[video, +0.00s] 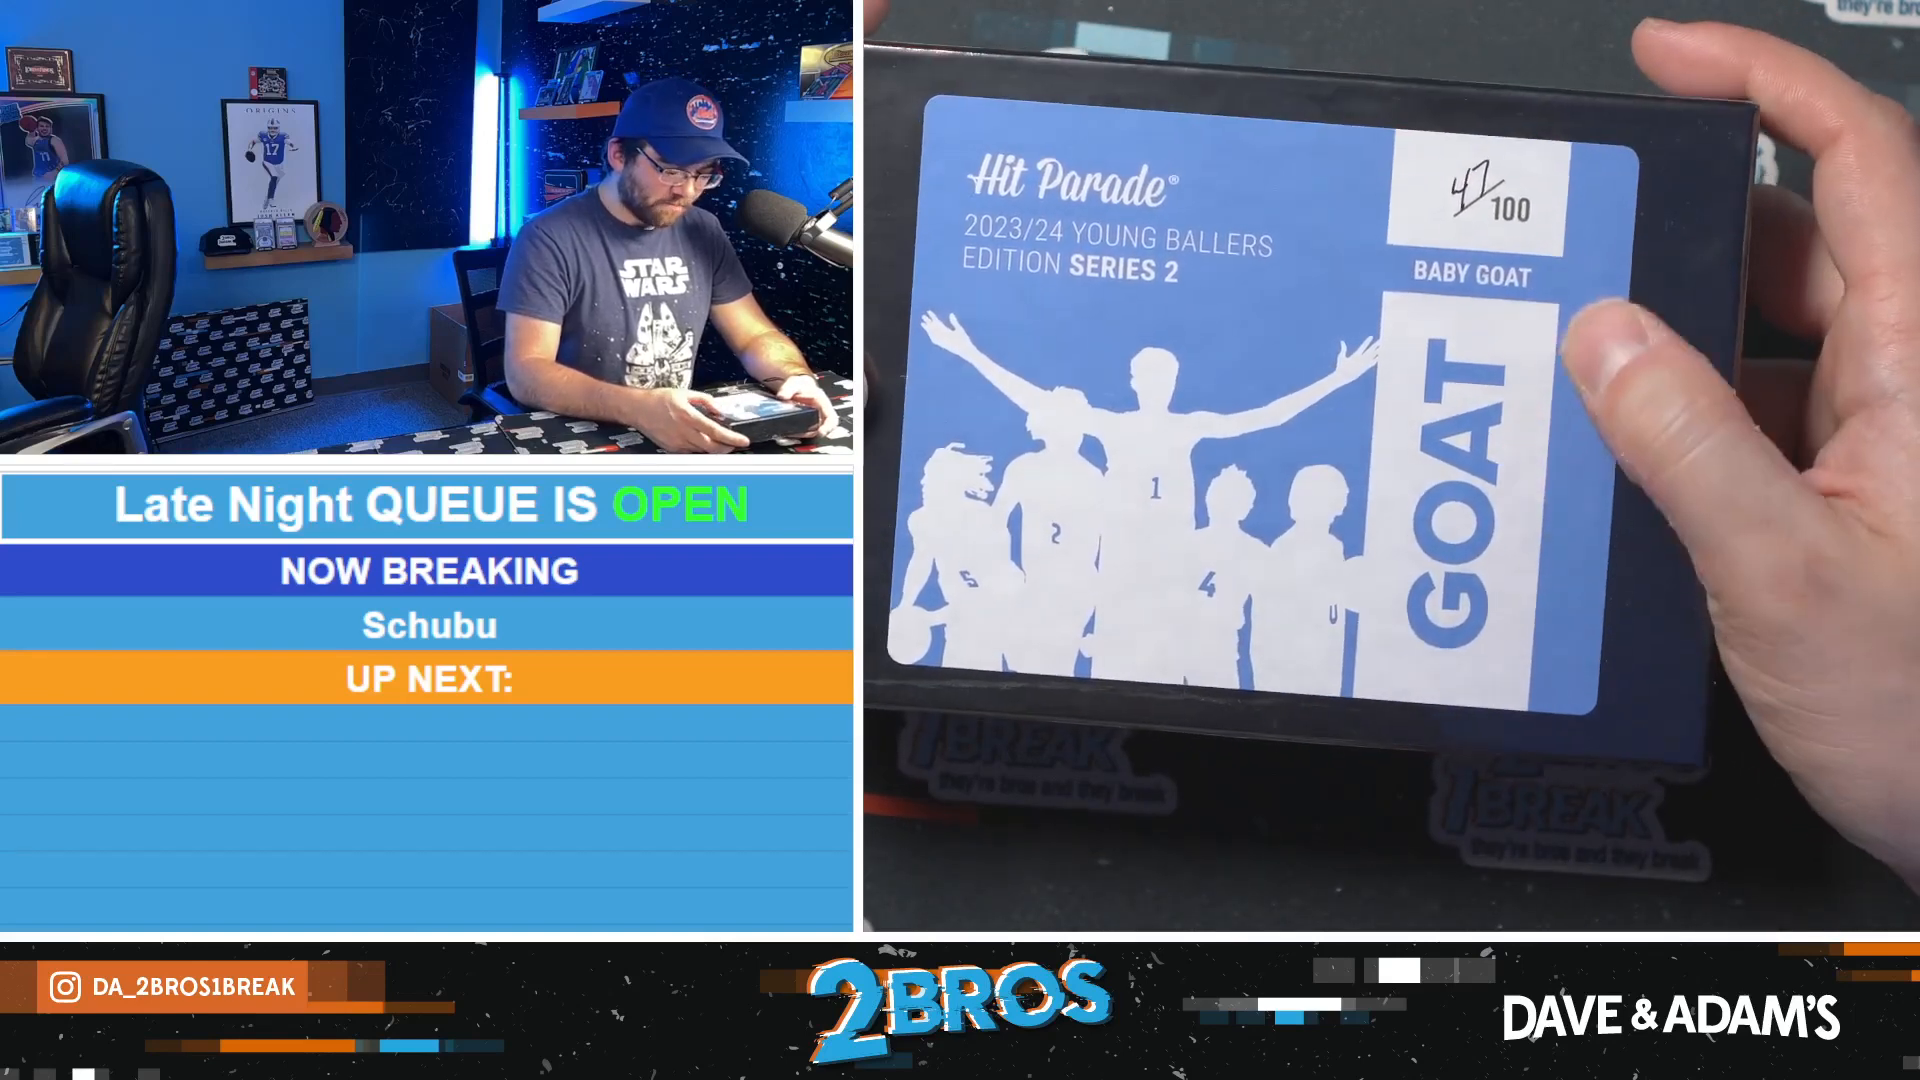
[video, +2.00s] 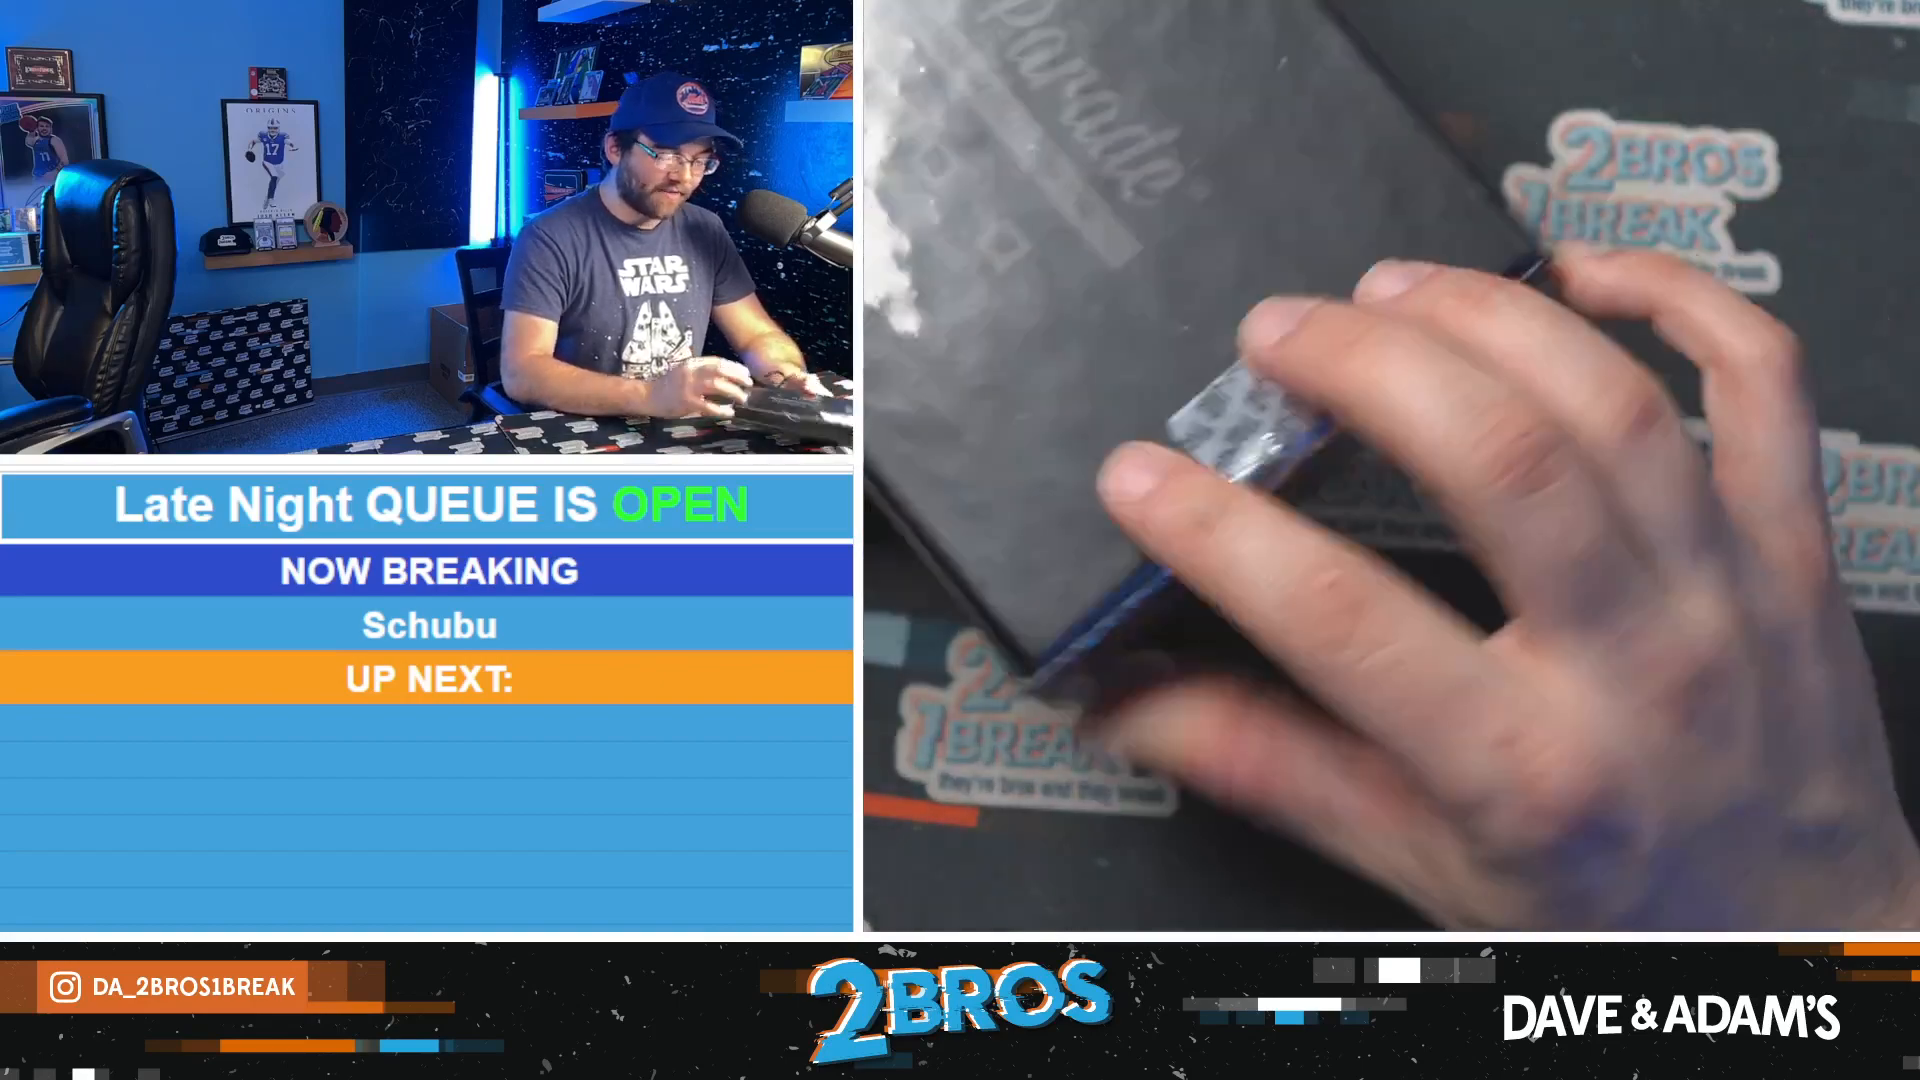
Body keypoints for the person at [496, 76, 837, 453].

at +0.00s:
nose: (688, 190)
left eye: (703, 173)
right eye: (671, 169)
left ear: (715, 170)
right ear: (618, 156)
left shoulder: (702, 232)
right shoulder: (553, 237)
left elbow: (756, 335)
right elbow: (528, 373)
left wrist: (795, 375)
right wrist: (640, 407)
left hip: (681, 458)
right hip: (577, 464)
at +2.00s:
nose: (684, 174)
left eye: (698, 158)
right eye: (666, 152)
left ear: (709, 162)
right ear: (615, 148)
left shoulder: (704, 231)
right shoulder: (550, 237)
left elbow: (758, 335)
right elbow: (523, 372)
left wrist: (781, 371)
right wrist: (649, 394)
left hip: (686, 455)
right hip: (580, 459)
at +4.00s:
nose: (665, 176)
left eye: (687, 161)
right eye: (650, 153)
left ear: (703, 167)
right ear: (614, 145)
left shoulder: (708, 235)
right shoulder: (550, 235)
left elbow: (771, 341)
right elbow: (501, 351)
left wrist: (759, 376)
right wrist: (548, 386)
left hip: (678, 457)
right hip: (575, 463)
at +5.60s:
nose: (663, 160)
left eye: (684, 146)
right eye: (647, 138)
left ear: (700, 161)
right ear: (613, 144)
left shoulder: (707, 234)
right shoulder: (550, 232)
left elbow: (792, 329)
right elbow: (509, 354)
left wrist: (772, 336)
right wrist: (574, 365)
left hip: (681, 450)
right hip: (577, 454)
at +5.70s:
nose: (664, 163)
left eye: (684, 149)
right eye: (647, 141)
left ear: (700, 159)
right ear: (613, 143)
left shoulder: (709, 233)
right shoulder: (551, 233)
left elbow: (796, 330)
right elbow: (512, 352)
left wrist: (768, 364)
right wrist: (573, 366)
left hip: (681, 455)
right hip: (574, 459)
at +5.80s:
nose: (667, 166)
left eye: (686, 152)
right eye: (651, 143)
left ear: (701, 161)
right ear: (613, 142)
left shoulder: (708, 232)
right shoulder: (551, 232)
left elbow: (790, 333)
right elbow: (512, 353)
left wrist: (764, 374)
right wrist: (578, 365)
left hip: (681, 457)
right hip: (573, 460)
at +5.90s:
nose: (673, 173)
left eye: (692, 158)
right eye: (657, 149)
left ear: (705, 166)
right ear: (615, 143)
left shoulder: (707, 232)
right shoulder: (549, 232)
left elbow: (776, 338)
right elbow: (513, 353)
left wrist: (746, 375)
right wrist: (591, 366)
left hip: (680, 453)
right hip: (572, 457)